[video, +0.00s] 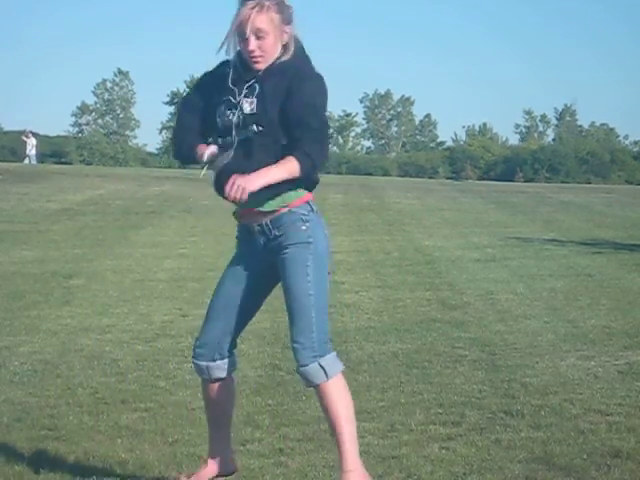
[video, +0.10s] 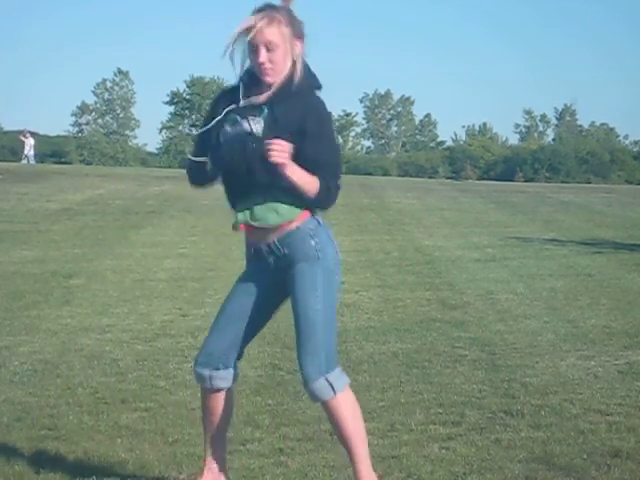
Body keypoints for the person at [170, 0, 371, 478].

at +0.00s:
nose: (251, 45)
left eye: (261, 35)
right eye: (244, 35)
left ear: (285, 36)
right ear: (236, 36)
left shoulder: (300, 78)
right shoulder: (223, 77)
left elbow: (312, 155)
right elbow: (185, 134)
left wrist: (257, 178)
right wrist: (213, 153)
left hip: (297, 226)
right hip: (252, 235)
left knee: (312, 353)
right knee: (211, 350)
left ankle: (353, 468)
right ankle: (221, 459)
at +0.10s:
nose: (262, 57)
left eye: (273, 48)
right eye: (255, 47)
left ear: (296, 49)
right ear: (247, 50)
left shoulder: (307, 106)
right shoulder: (229, 103)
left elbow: (327, 193)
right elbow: (199, 177)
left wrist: (288, 165)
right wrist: (213, 153)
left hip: (309, 247)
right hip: (261, 256)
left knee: (320, 373)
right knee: (213, 364)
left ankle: (366, 473)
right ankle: (214, 469)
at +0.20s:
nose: (270, 84)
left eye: (280, 75)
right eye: (264, 75)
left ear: (304, 79)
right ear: (257, 79)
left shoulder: (317, 141)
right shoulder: (232, 134)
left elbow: (329, 223)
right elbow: (200, 199)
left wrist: (274, 239)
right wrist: (216, 246)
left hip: (314, 276)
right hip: (264, 286)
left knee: (319, 399)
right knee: (200, 385)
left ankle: (367, 475)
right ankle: (218, 475)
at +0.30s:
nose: (272, 82)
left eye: (283, 74)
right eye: (266, 72)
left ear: (307, 79)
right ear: (259, 74)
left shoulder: (316, 139)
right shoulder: (234, 128)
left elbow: (345, 221)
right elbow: (199, 198)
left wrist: (307, 244)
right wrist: (232, 221)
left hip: (313, 274)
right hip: (260, 281)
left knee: (320, 398)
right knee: (200, 391)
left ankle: (367, 475)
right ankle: (217, 477)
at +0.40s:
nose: (269, 68)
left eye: (280, 62)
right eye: (265, 57)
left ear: (303, 61)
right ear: (257, 50)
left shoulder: (315, 103)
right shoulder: (232, 84)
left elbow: (358, 180)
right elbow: (189, 148)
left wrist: (321, 185)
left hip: (305, 241)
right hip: (248, 250)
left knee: (331, 367)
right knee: (209, 368)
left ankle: (370, 472)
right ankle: (216, 471)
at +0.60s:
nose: (272, 92)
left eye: (286, 86)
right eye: (267, 79)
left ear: (300, 83)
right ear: (256, 63)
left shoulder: (304, 124)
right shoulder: (213, 104)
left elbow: (331, 202)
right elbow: (179, 171)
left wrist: (330, 202)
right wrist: (203, 209)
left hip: (300, 253)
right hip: (243, 264)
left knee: (335, 372)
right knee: (191, 373)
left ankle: (385, 470)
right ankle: (172, 468)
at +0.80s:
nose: (253, 116)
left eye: (265, 111)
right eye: (248, 104)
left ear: (281, 114)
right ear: (238, 96)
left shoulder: (289, 152)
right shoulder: (199, 144)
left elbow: (335, 218)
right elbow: (151, 202)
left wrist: (352, 159)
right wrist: (197, 190)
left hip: (286, 290)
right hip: (226, 297)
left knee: (341, 389)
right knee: (155, 384)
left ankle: (388, 475)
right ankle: (170, 475)